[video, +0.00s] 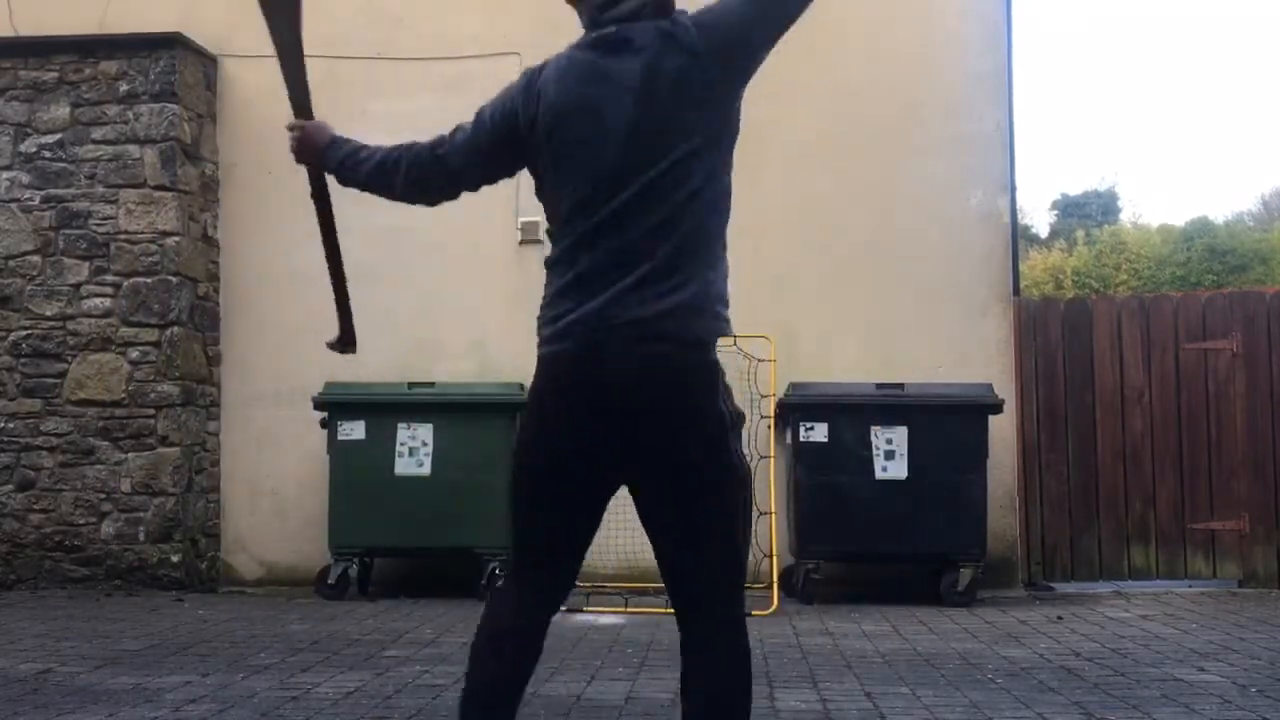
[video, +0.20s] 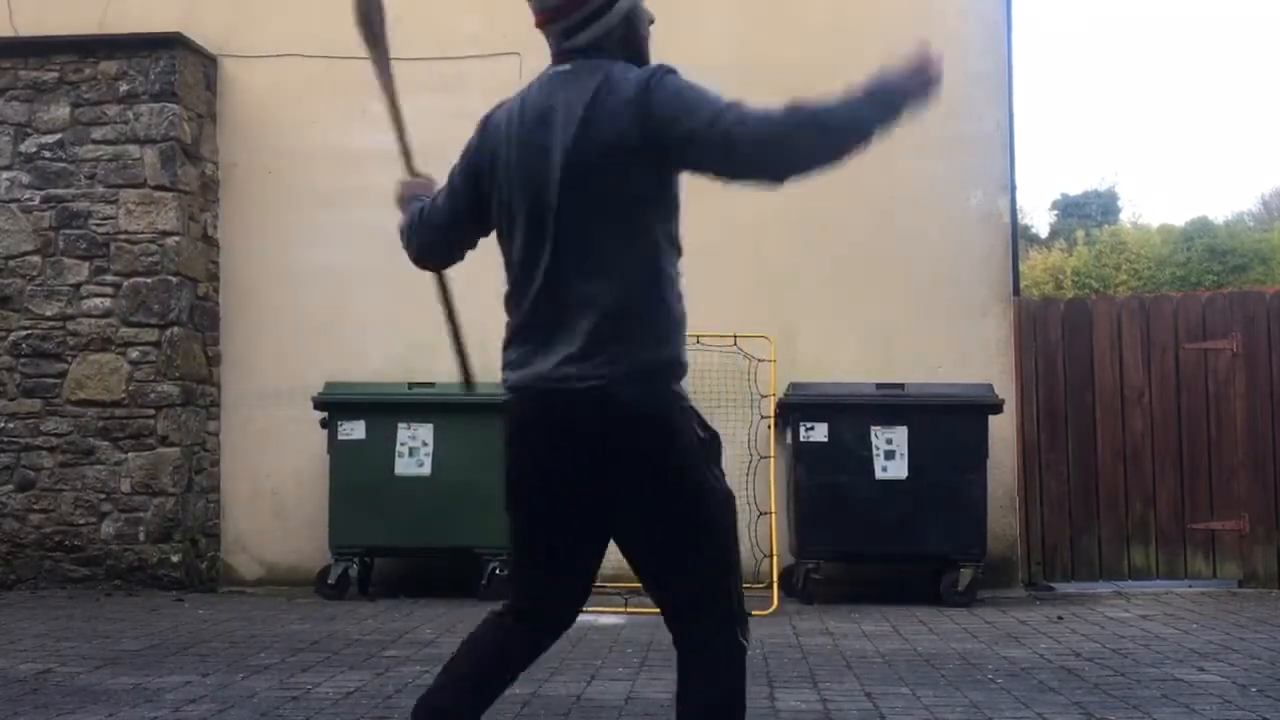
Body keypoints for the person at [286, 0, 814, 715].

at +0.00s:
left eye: (576, 7)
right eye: (680, 1)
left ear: (581, 8)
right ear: (664, 0)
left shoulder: (543, 91)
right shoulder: (708, 46)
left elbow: (432, 169)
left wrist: (328, 149)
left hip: (570, 381)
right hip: (679, 376)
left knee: (527, 593)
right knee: (713, 612)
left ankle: (481, 713)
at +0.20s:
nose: (648, 30)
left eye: (643, 17)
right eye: (642, 17)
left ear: (555, 30)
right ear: (625, 22)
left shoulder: (502, 125)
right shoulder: (646, 97)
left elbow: (430, 245)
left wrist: (418, 204)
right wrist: (895, 89)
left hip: (537, 421)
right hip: (640, 417)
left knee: (536, 610)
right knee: (711, 633)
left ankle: (431, 712)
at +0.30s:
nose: (614, 24)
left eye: (611, 12)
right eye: (608, 11)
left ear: (524, 22)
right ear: (582, 17)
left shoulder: (456, 118)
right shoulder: (599, 98)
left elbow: (441, 259)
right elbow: (655, 230)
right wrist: (786, 311)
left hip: (487, 400)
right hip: (586, 397)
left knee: (524, 595)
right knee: (667, 617)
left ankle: (432, 716)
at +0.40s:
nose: (586, 32)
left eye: (583, 15)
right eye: (577, 14)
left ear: (497, 23)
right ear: (539, 18)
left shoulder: (445, 108)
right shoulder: (533, 107)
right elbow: (567, 263)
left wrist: (605, 312)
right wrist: (689, 346)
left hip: (429, 398)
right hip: (508, 398)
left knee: (492, 613)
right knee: (615, 609)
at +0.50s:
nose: (554, 64)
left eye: (554, 45)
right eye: (546, 42)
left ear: (485, 47)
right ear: (502, 45)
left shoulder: (436, 123)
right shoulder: (468, 131)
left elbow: (475, 298)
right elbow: (493, 288)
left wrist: (581, 273)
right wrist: (620, 343)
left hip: (380, 424)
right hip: (429, 423)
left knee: (469, 628)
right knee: (570, 610)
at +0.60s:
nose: (529, 81)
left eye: (529, 63)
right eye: (520, 61)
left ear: (467, 61)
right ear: (472, 60)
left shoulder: (441, 148)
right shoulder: (416, 137)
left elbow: (451, 310)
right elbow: (410, 288)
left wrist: (574, 312)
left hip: (373, 427)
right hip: (351, 430)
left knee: (452, 634)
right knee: (470, 631)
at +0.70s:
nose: (499, 97)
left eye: (503, 78)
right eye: (492, 75)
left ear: (443, 73)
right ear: (441, 69)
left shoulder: (413, 173)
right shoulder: (355, 129)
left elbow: (398, 318)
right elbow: (296, 263)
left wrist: (488, 387)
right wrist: (326, 412)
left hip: (317, 429)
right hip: (248, 425)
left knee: (383, 626)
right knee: (283, 664)